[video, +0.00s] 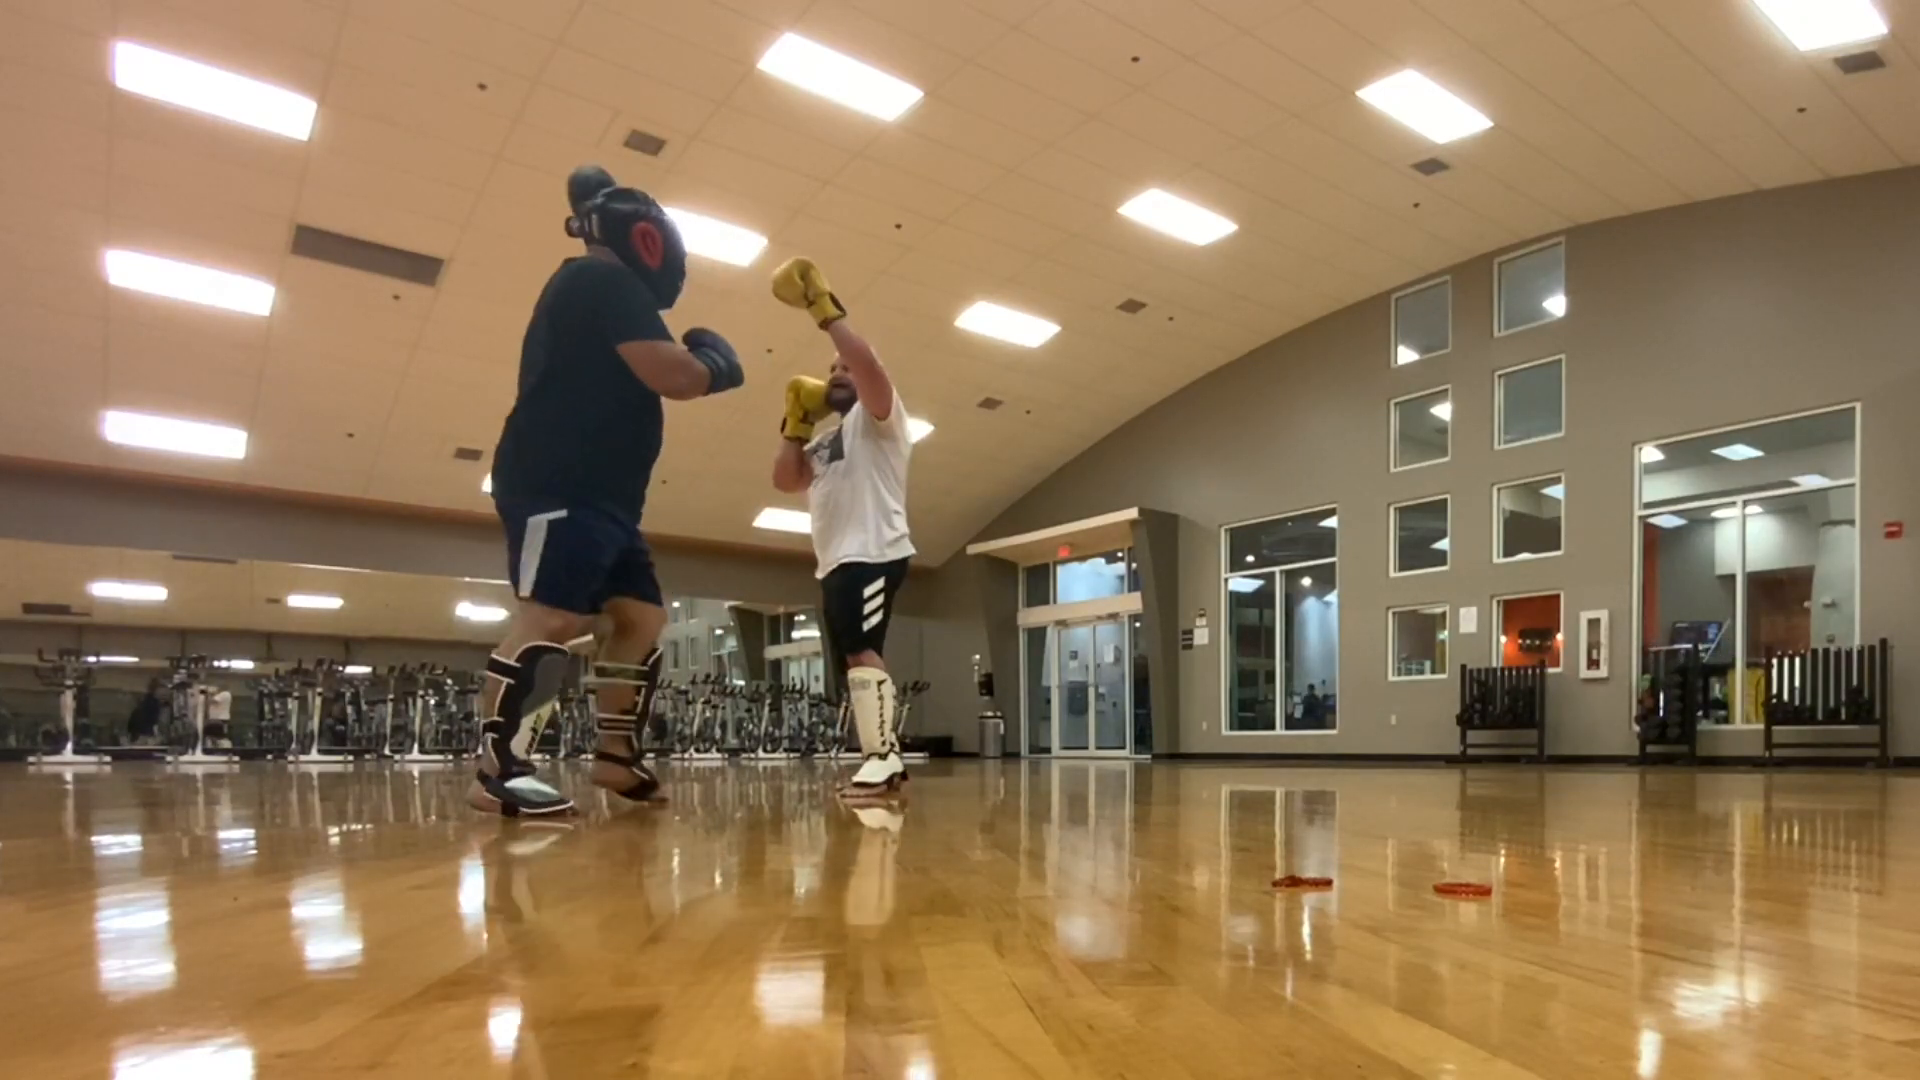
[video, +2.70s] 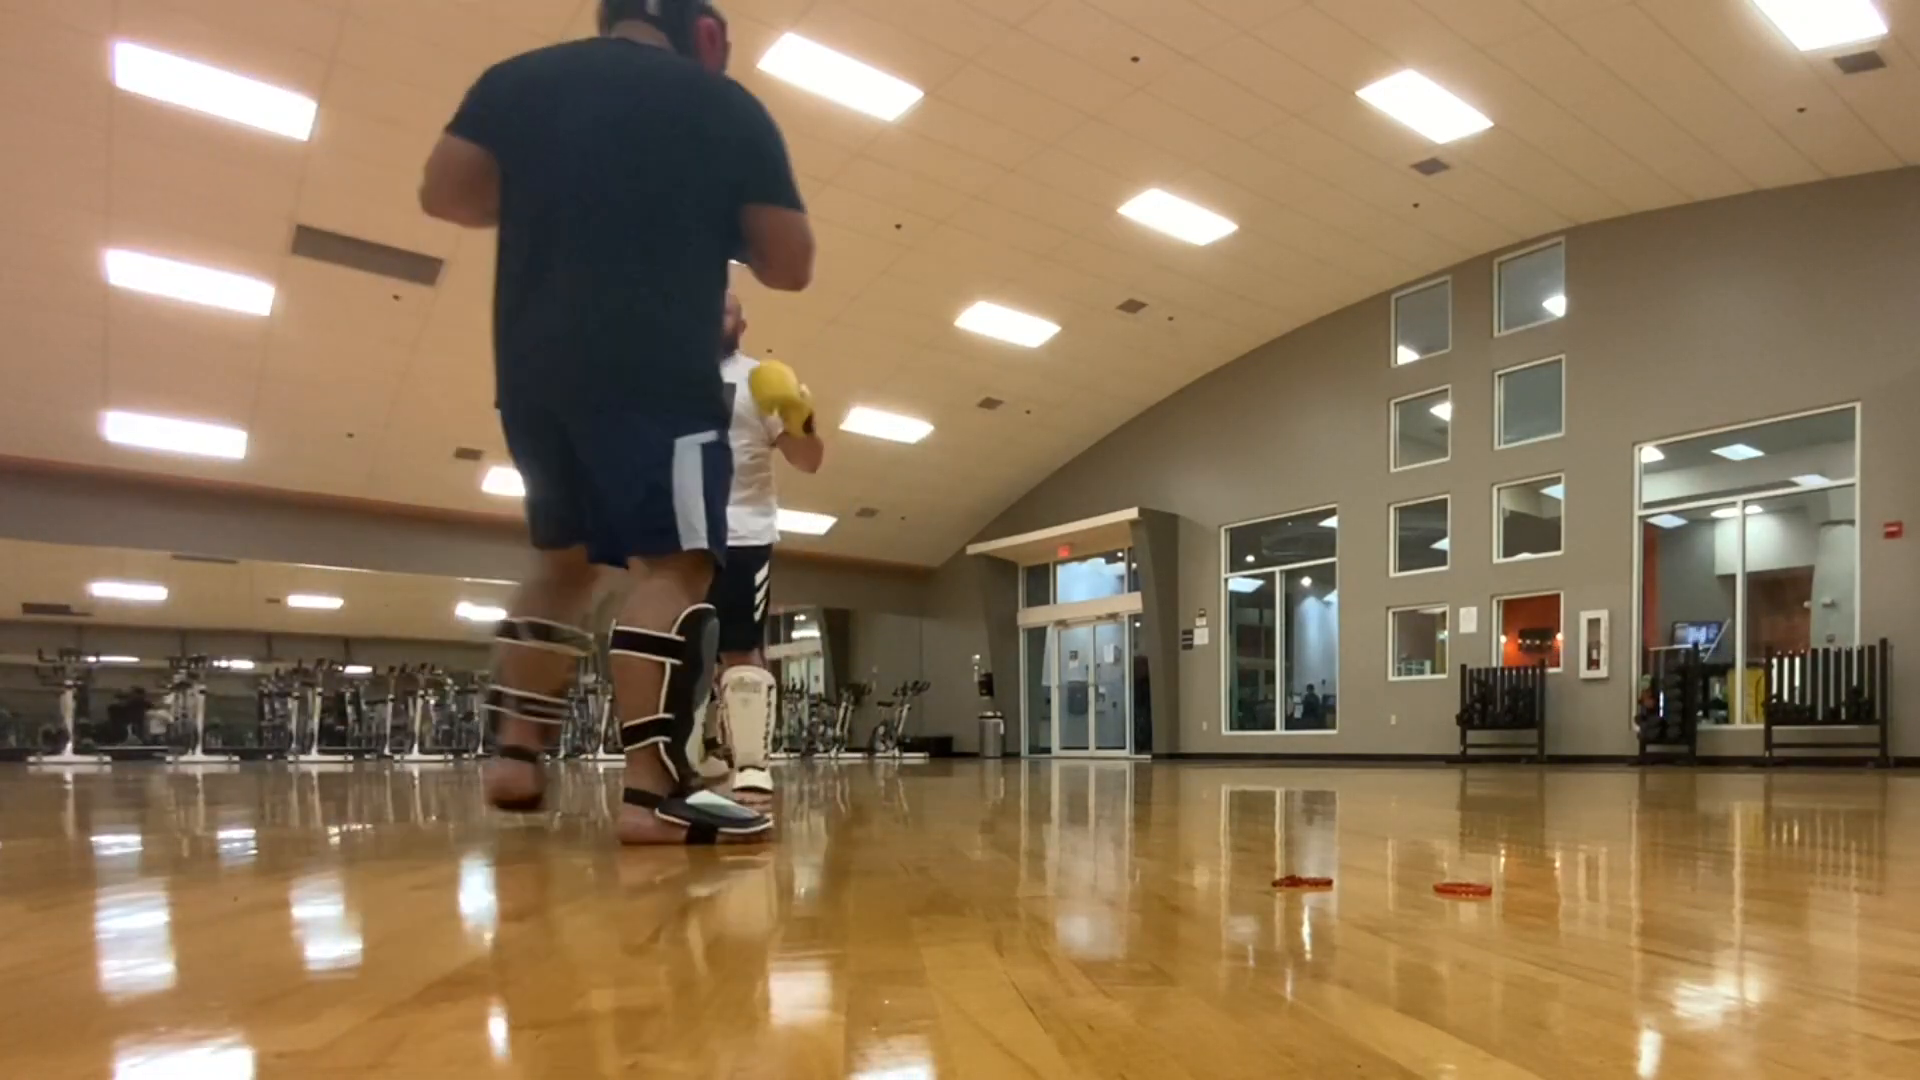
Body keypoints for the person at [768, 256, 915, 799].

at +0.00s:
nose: (838, 377)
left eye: (848, 372)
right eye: (834, 371)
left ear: (863, 381)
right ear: (826, 384)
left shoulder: (877, 419)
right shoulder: (823, 444)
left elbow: (863, 362)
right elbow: (785, 480)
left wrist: (826, 312)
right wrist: (795, 425)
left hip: (873, 547)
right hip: (837, 556)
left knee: (861, 653)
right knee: (857, 659)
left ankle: (880, 759)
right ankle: (881, 756)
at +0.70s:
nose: (822, 377)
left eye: (832, 368)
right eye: (818, 369)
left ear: (858, 370)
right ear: (819, 378)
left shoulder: (873, 402)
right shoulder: (824, 434)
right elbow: (789, 484)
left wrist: (812, 372)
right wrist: (785, 428)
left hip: (868, 548)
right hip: (832, 555)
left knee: (867, 656)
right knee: (838, 664)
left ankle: (884, 761)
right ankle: (855, 760)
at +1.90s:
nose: (776, 332)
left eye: (788, 324)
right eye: (770, 323)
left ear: (811, 339)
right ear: (761, 340)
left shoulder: (834, 382)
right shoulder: (755, 401)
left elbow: (863, 432)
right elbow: (721, 459)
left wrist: (818, 376)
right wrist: (714, 409)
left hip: (829, 541)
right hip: (773, 546)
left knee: (825, 653)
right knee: (753, 652)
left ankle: (837, 770)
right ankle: (786, 747)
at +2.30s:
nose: (717, 338)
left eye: (730, 331)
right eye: (709, 329)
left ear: (755, 342)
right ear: (697, 339)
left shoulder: (784, 388)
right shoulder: (683, 395)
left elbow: (830, 461)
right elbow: (651, 471)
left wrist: (798, 423)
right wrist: (660, 429)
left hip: (769, 536)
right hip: (705, 546)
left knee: (779, 635)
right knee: (705, 658)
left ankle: (818, 750)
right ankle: (710, 766)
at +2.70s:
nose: (727, 312)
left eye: (731, 306)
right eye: (719, 305)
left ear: (740, 321)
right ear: (700, 318)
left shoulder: (759, 377)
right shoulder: (676, 374)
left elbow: (808, 459)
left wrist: (795, 411)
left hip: (744, 532)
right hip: (688, 532)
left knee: (738, 650)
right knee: (691, 651)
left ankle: (751, 767)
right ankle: (699, 758)